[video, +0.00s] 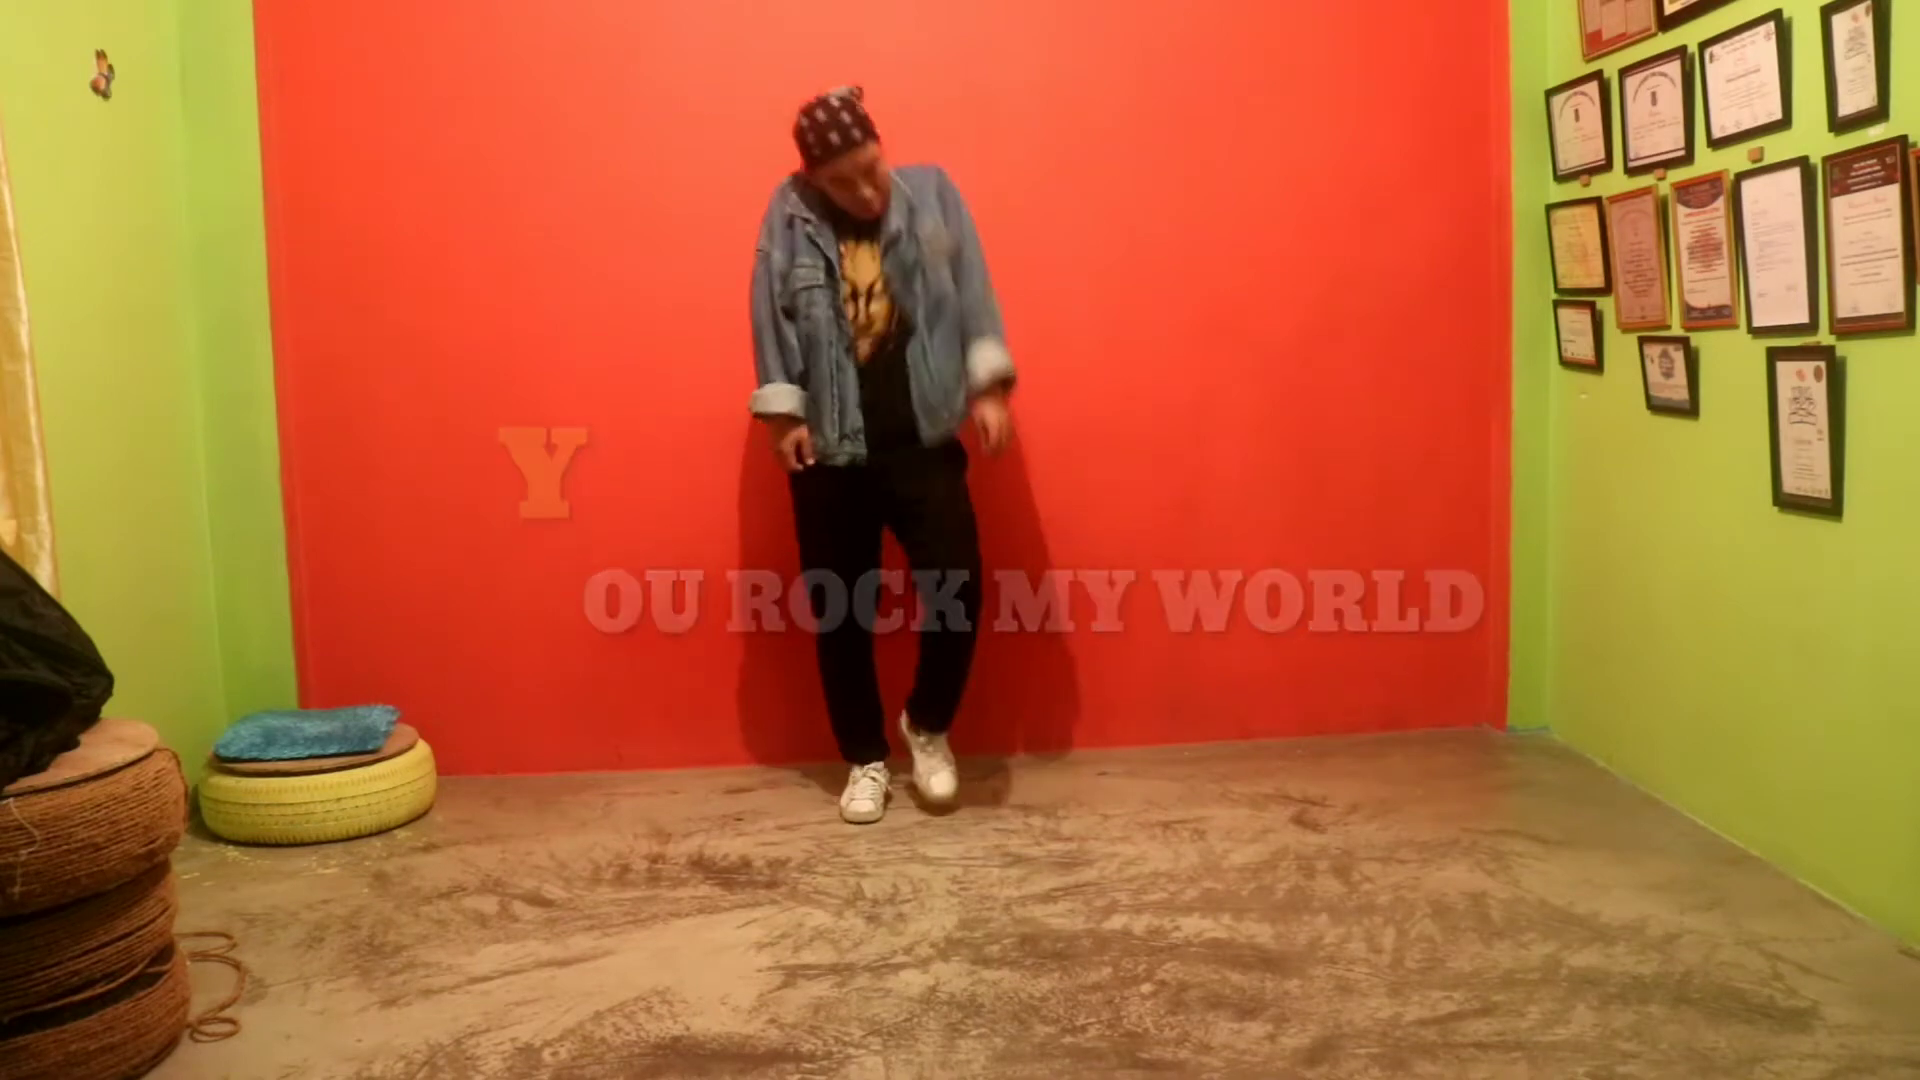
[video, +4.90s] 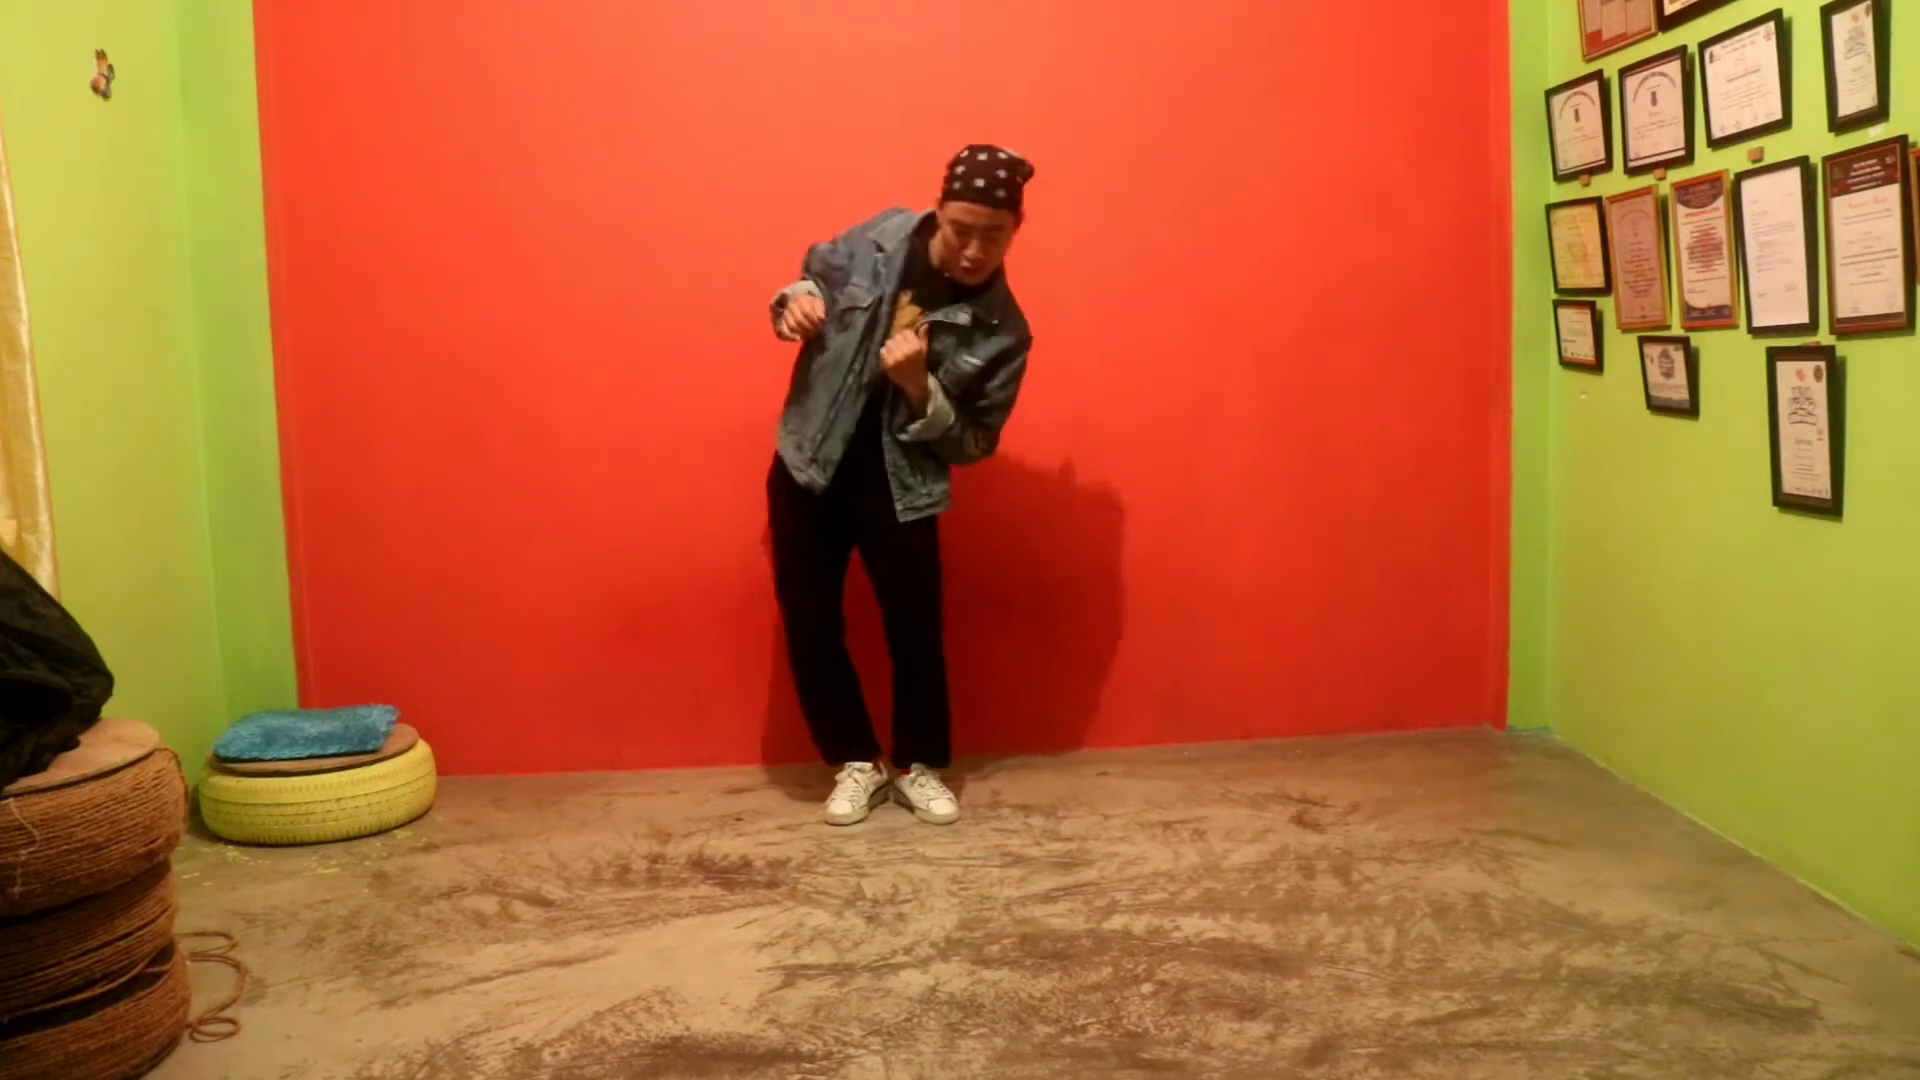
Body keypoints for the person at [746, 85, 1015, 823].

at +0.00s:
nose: (867, 190)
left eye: (872, 172)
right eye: (849, 181)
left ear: (883, 149)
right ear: (816, 173)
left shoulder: (930, 191)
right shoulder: (789, 216)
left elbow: (974, 289)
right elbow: (770, 315)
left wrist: (989, 386)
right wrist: (784, 412)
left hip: (925, 438)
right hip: (831, 447)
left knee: (958, 590)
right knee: (840, 607)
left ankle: (928, 726)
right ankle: (865, 761)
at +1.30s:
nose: (882, 232)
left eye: (893, 213)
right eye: (864, 218)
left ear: (913, 206)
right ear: (840, 217)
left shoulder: (959, 289)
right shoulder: (803, 305)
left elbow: (1013, 366)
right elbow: (779, 397)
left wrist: (986, 413)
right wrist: (816, 452)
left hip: (943, 502)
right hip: (846, 506)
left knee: (984, 625)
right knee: (811, 629)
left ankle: (929, 760)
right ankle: (855, 760)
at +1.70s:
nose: (878, 299)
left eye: (891, 283)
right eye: (864, 286)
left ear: (911, 266)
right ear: (840, 271)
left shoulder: (947, 297)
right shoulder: (805, 318)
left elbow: (964, 395)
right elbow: (809, 412)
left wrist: (962, 375)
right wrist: (815, 387)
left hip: (937, 514)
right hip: (847, 520)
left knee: (978, 639)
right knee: (828, 647)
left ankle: (927, 764)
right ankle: (858, 768)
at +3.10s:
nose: (896, 195)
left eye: (908, 179)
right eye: (880, 180)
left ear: (927, 168)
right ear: (852, 166)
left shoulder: (954, 227)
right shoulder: (810, 230)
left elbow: (996, 288)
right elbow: (771, 311)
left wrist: (968, 377)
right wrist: (802, 391)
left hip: (936, 447)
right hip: (843, 450)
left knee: (961, 596)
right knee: (837, 603)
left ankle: (956, 750)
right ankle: (853, 756)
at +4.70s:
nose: (907, 246)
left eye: (923, 232)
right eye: (894, 229)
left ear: (948, 221)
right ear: (873, 212)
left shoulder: (980, 280)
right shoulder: (839, 234)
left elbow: (1006, 373)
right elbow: (788, 300)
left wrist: (939, 374)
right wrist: (795, 323)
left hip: (916, 465)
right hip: (830, 458)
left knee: (912, 613)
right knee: (837, 615)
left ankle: (921, 766)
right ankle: (862, 764)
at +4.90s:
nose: (974, 250)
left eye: (992, 235)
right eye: (961, 231)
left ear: (1015, 230)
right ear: (938, 212)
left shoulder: (1004, 336)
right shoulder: (887, 236)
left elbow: (974, 441)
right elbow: (818, 273)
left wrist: (919, 386)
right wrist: (802, 301)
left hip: (901, 482)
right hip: (810, 462)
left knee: (916, 623)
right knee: (809, 620)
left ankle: (919, 768)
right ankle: (855, 765)